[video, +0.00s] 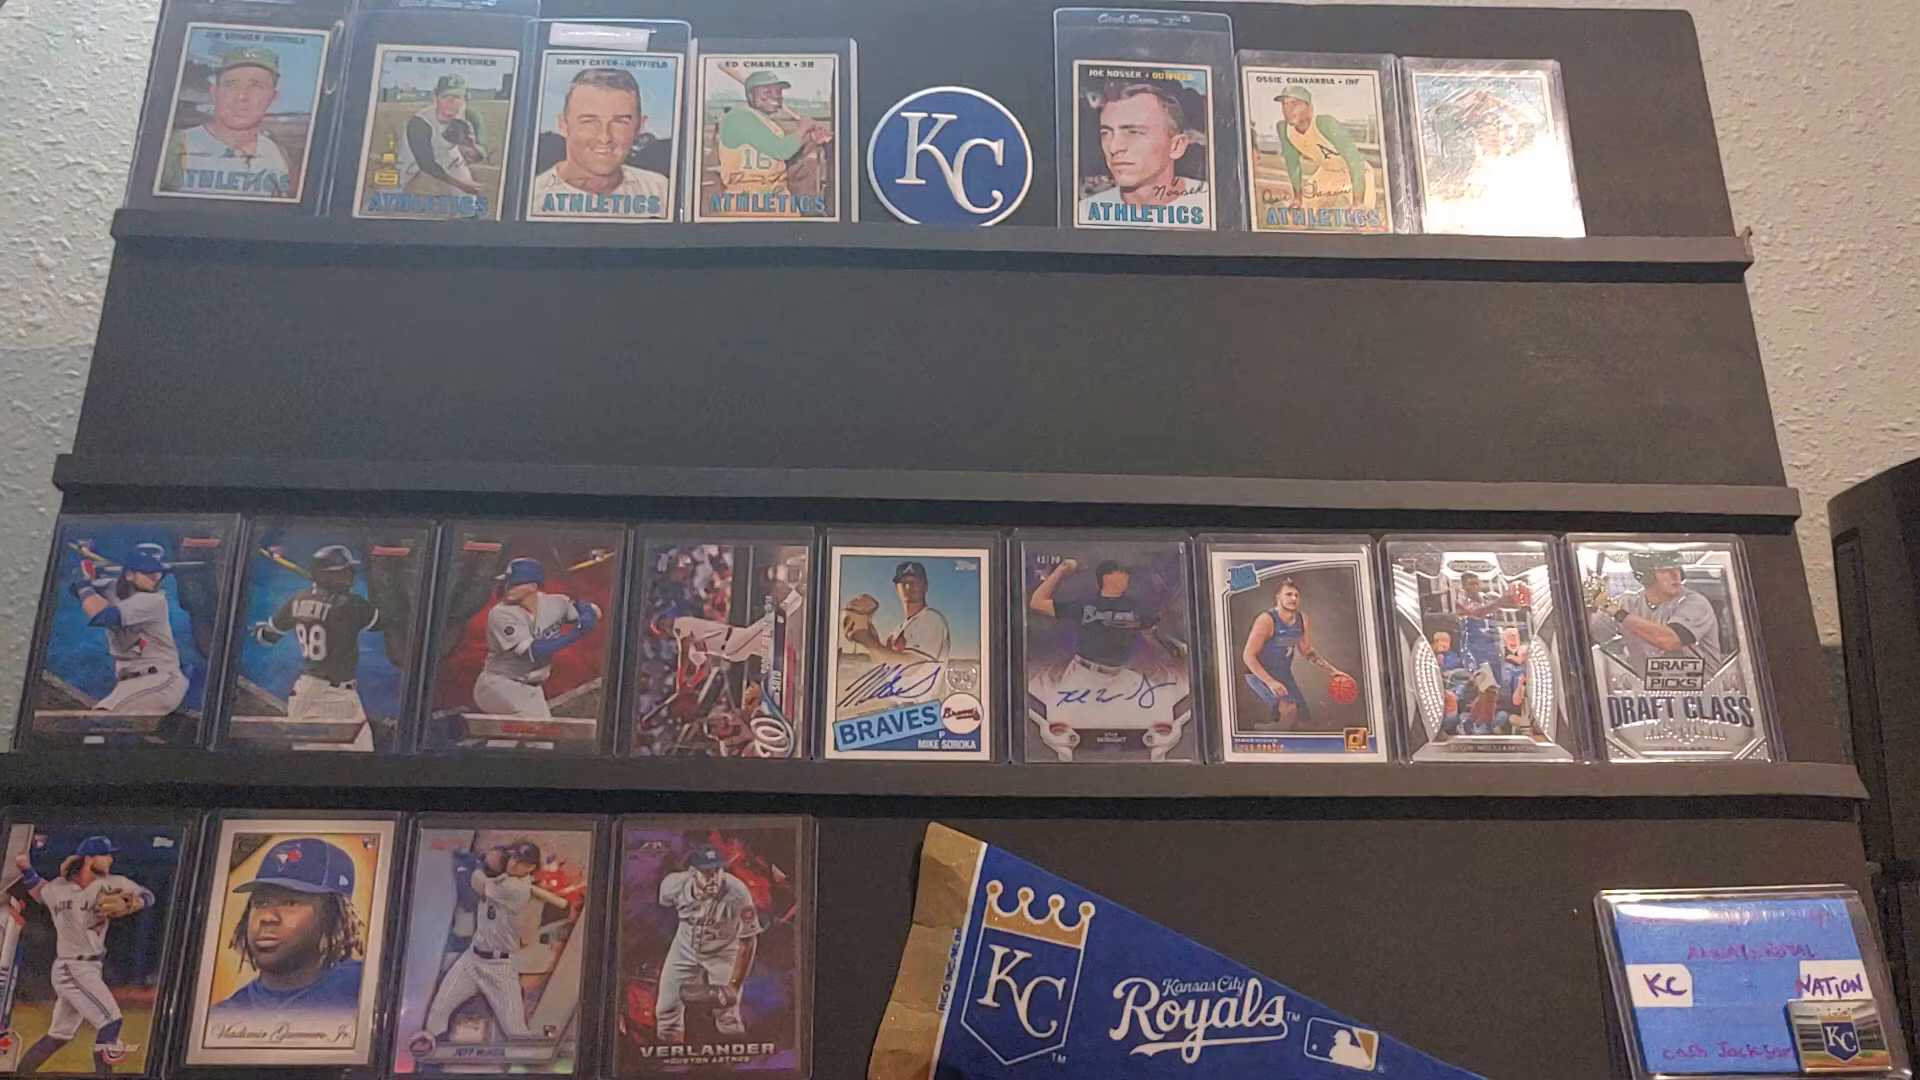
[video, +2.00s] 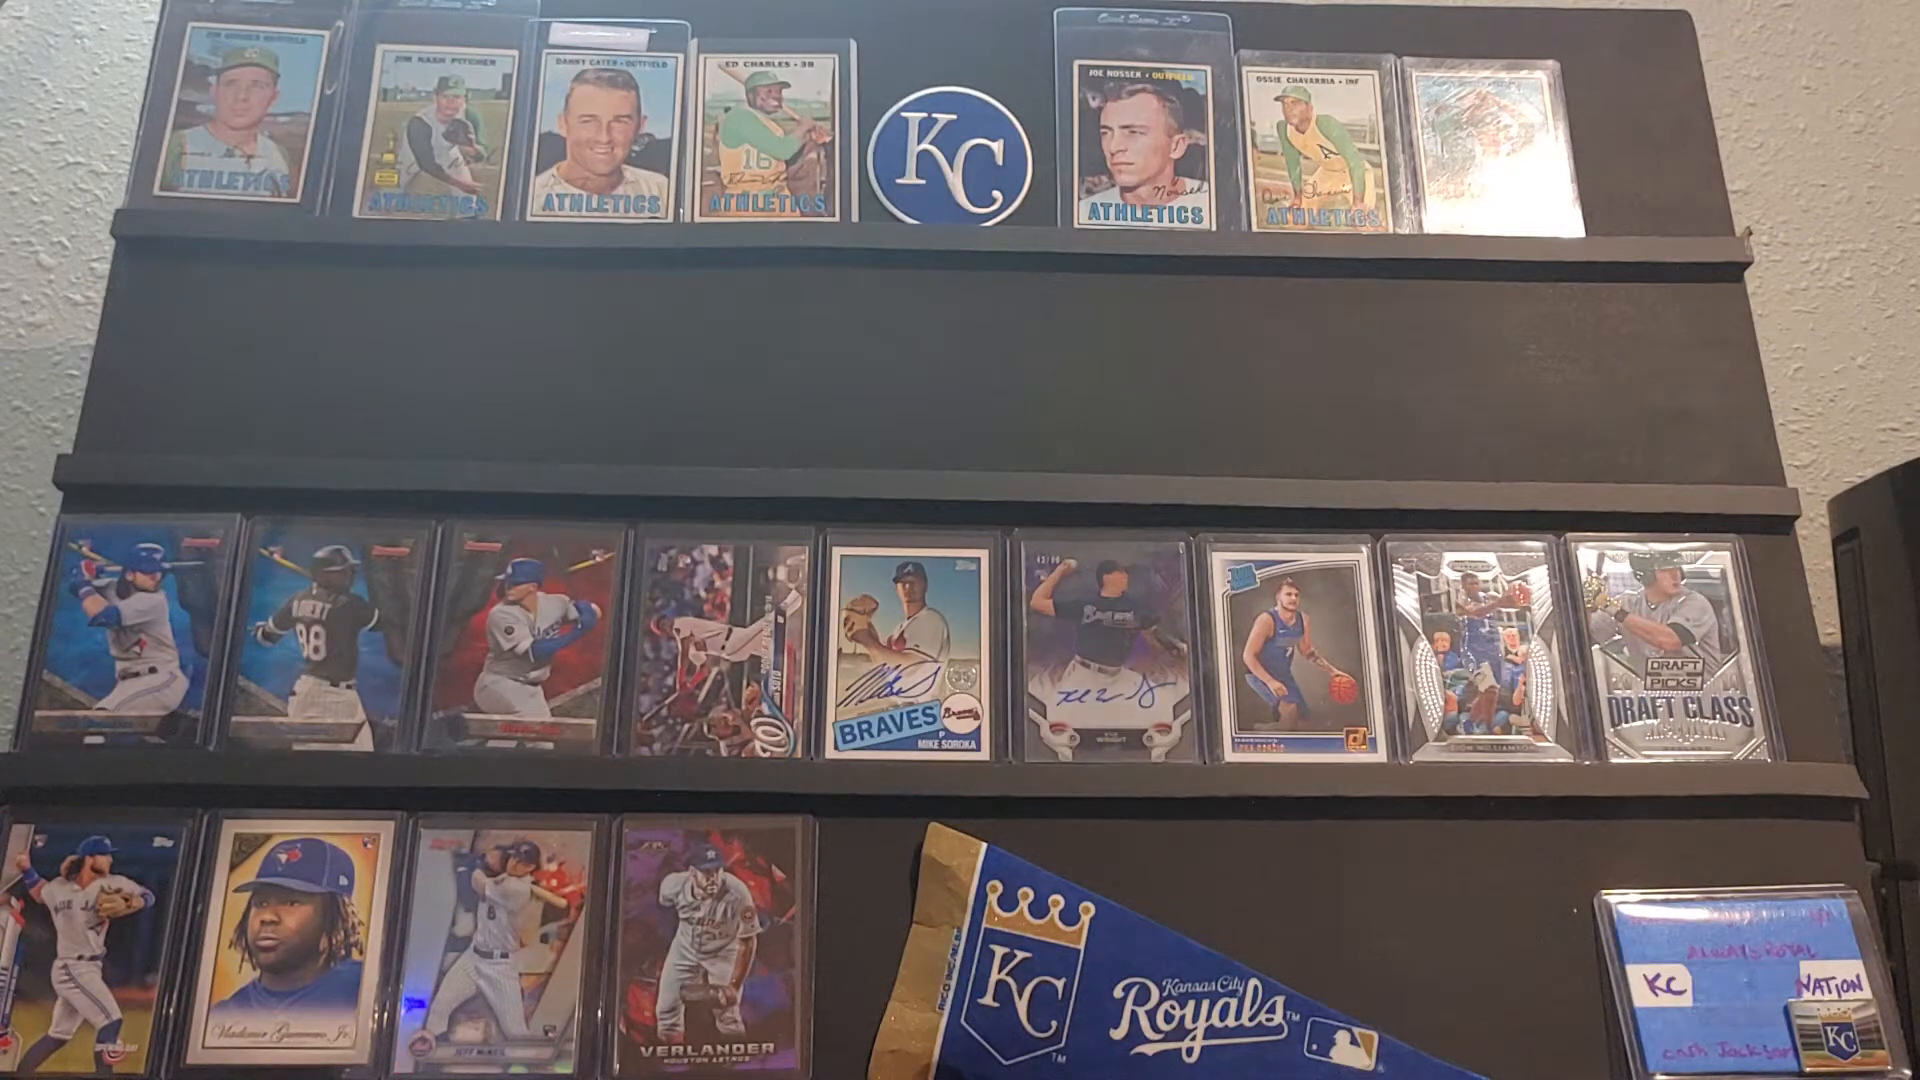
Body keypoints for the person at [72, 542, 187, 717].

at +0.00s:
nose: (156, 577)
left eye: (158, 572)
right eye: (149, 571)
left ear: (162, 573)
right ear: (130, 573)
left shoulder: (153, 601)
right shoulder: (115, 588)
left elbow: (104, 617)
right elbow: (78, 589)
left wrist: (83, 585)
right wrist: (87, 574)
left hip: (161, 680)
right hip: (130, 681)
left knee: (99, 718)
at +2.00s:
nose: (156, 577)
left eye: (158, 572)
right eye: (148, 572)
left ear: (162, 572)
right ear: (130, 574)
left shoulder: (154, 600)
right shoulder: (113, 588)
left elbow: (104, 616)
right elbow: (79, 588)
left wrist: (82, 584)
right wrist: (87, 573)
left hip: (162, 679)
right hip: (129, 682)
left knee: (100, 717)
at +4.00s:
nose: (156, 577)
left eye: (158, 572)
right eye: (148, 572)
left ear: (162, 573)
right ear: (130, 575)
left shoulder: (154, 600)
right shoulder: (114, 587)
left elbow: (105, 617)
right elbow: (79, 589)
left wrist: (83, 585)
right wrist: (87, 574)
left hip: (162, 679)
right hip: (129, 681)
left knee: (101, 716)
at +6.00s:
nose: (156, 577)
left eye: (159, 572)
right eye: (149, 572)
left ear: (162, 573)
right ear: (130, 574)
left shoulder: (155, 600)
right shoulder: (113, 587)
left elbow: (104, 617)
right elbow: (78, 589)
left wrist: (83, 586)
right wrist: (86, 573)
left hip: (163, 679)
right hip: (130, 682)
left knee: (100, 718)